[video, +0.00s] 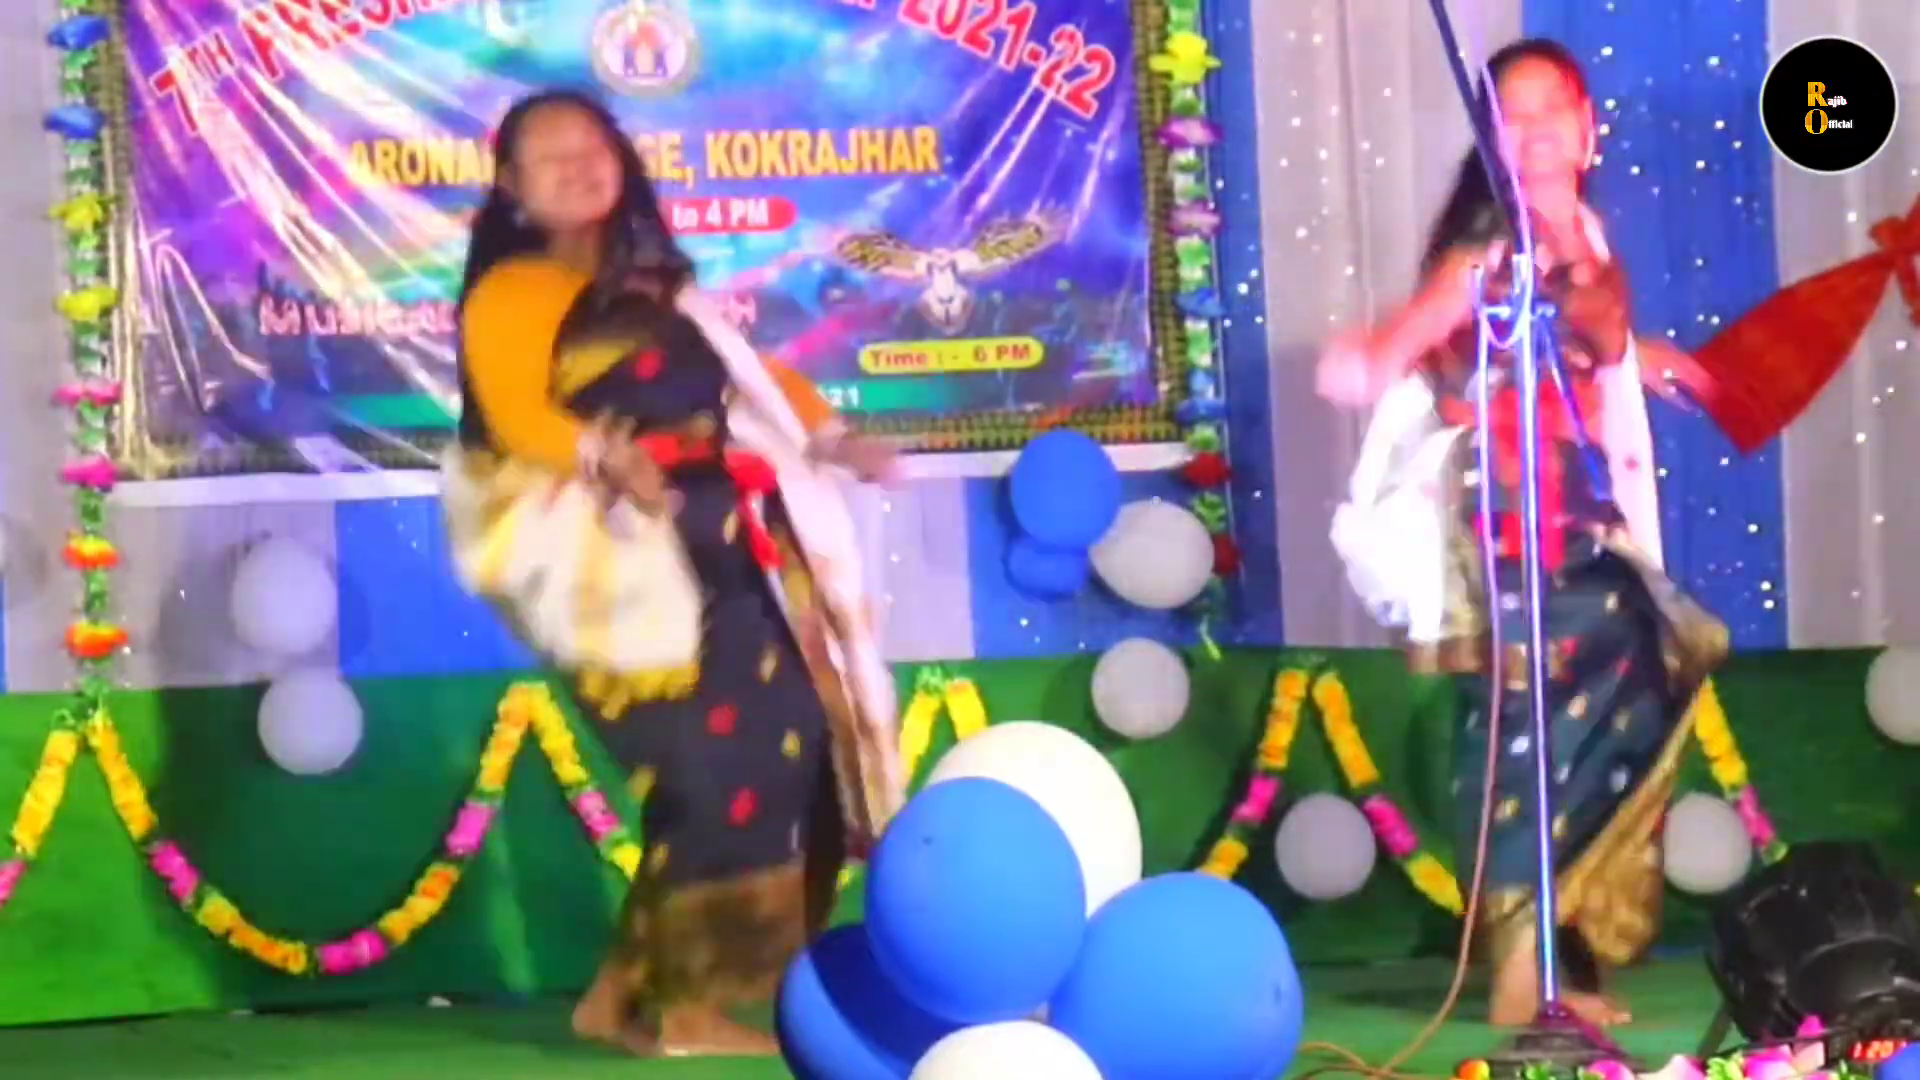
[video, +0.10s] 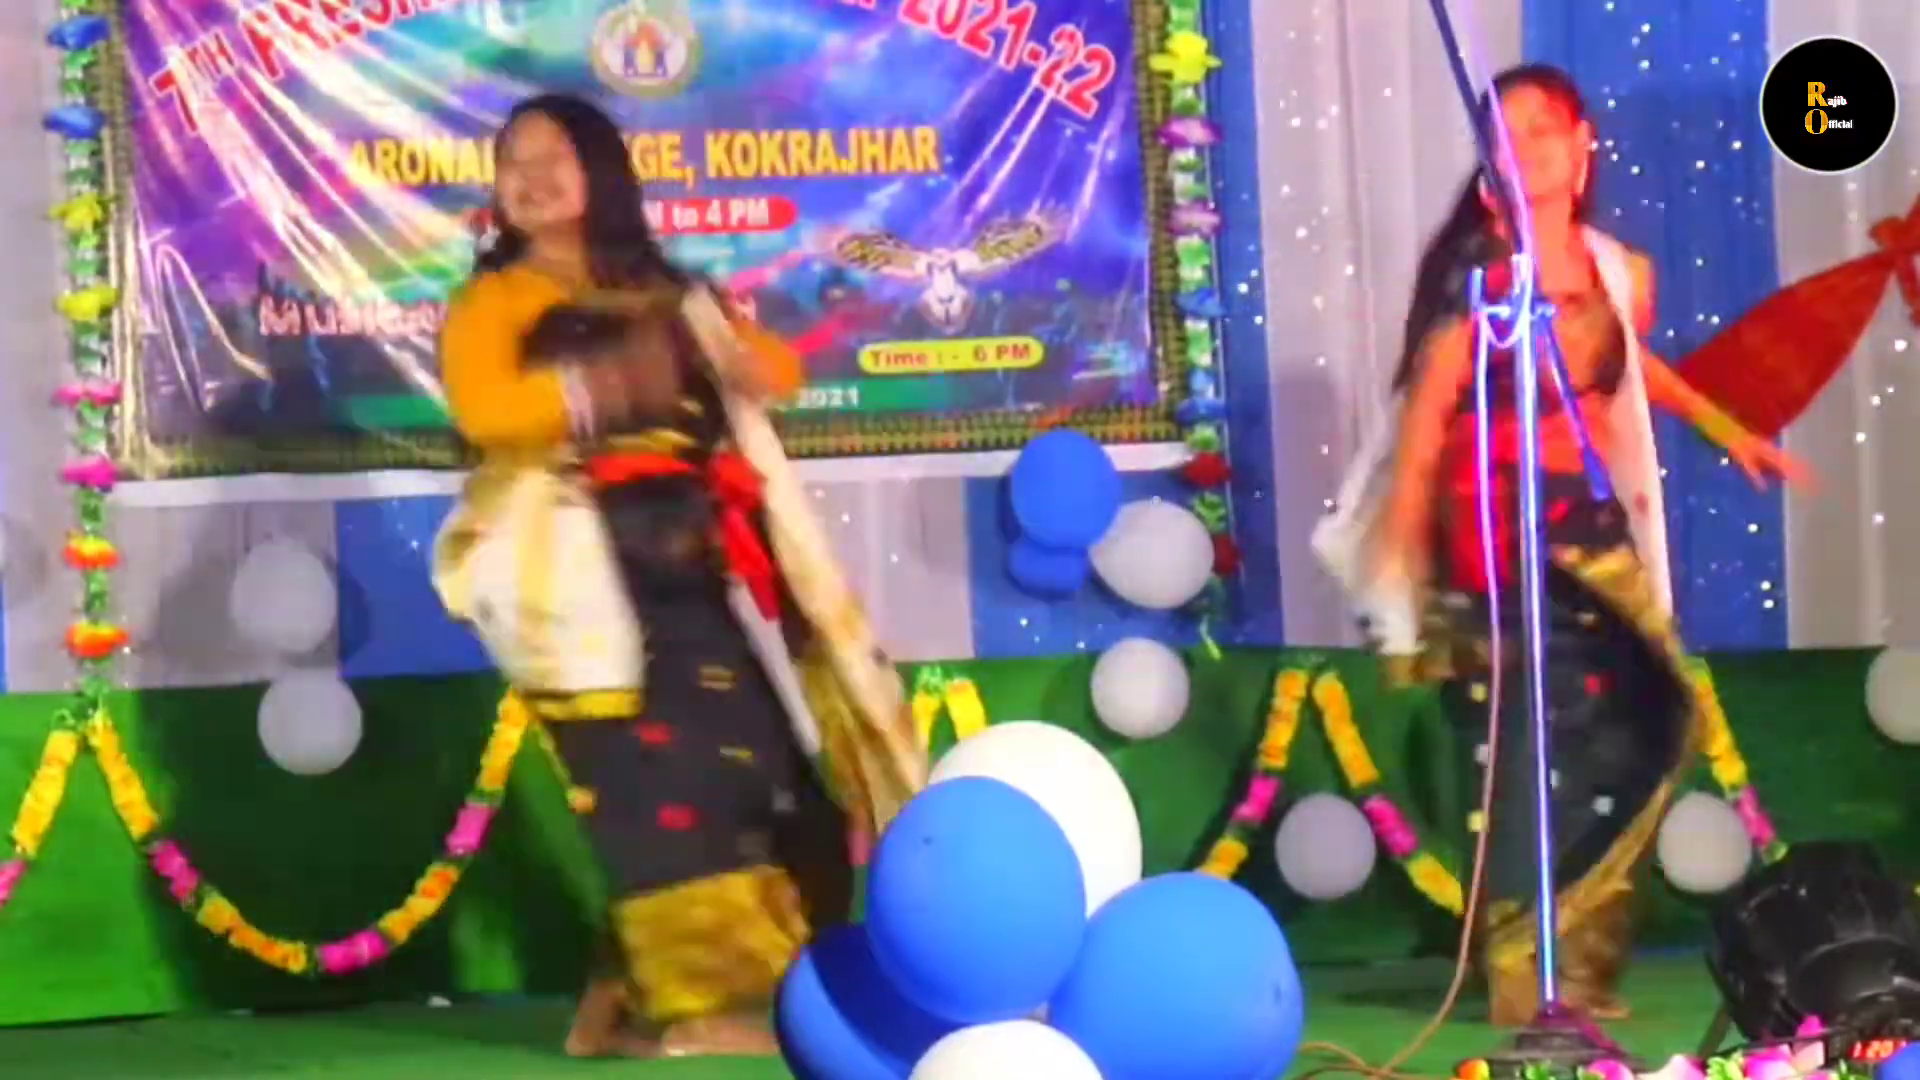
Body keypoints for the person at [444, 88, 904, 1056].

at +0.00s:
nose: (578, 174)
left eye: (592, 154)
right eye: (553, 162)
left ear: (623, 168)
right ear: (513, 186)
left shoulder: (649, 284)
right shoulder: (509, 295)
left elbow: (745, 374)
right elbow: (513, 419)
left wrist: (830, 435)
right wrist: (607, 455)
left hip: (711, 540)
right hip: (615, 553)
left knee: (769, 740)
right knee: (724, 749)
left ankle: (625, 988)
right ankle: (694, 1009)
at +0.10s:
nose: (535, 179)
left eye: (554, 160)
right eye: (516, 165)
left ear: (602, 171)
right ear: (498, 189)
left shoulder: (670, 291)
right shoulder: (495, 299)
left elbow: (780, 372)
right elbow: (485, 409)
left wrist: (726, 351)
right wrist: (623, 382)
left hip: (695, 557)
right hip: (579, 569)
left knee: (749, 751)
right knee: (652, 766)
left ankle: (625, 991)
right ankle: (705, 1007)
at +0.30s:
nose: (491, 104)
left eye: (508, 84)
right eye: (485, 86)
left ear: (563, 89)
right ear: (476, 97)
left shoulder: (638, 191)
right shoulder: (459, 215)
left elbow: (642, 234)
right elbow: (368, 289)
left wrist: (534, 182)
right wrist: (456, 193)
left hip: (606, 490)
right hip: (481, 494)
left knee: (633, 721)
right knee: (481, 712)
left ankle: (650, 975)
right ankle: (466, 944)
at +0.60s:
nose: (407, 190)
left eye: (428, 171)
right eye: (404, 172)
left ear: (484, 183)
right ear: (404, 188)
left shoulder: (528, 294)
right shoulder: (402, 321)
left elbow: (546, 414)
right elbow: (316, 418)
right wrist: (225, 488)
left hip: (471, 571)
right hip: (362, 574)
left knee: (544, 786)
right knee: (338, 794)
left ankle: (631, 999)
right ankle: (321, 1033)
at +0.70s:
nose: (410, 160)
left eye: (433, 142)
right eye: (403, 144)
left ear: (487, 158)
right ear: (393, 162)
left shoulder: (527, 265)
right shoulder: (375, 291)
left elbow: (586, 294)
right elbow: (302, 357)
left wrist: (618, 310)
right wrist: (198, 359)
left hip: (492, 559)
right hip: (368, 565)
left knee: (555, 764)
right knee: (348, 772)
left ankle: (634, 995)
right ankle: (334, 1017)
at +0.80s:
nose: (482, 111)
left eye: (498, 96)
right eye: (456, 98)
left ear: (525, 123)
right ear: (407, 127)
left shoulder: (564, 224)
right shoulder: (373, 254)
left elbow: (684, 258)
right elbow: (289, 332)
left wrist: (658, 199)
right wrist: (191, 242)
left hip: (540, 538)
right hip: (399, 541)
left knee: (584, 751)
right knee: (369, 758)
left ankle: (597, 994)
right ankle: (345, 1014)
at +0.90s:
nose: (523, 125)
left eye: (529, 109)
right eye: (496, 108)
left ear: (546, 136)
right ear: (441, 134)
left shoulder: (598, 236)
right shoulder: (387, 270)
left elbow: (723, 290)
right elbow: (288, 367)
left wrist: (737, 191)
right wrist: (185, 274)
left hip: (572, 558)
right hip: (433, 557)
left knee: (609, 760)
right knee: (390, 770)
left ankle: (562, 1008)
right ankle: (330, 1009)